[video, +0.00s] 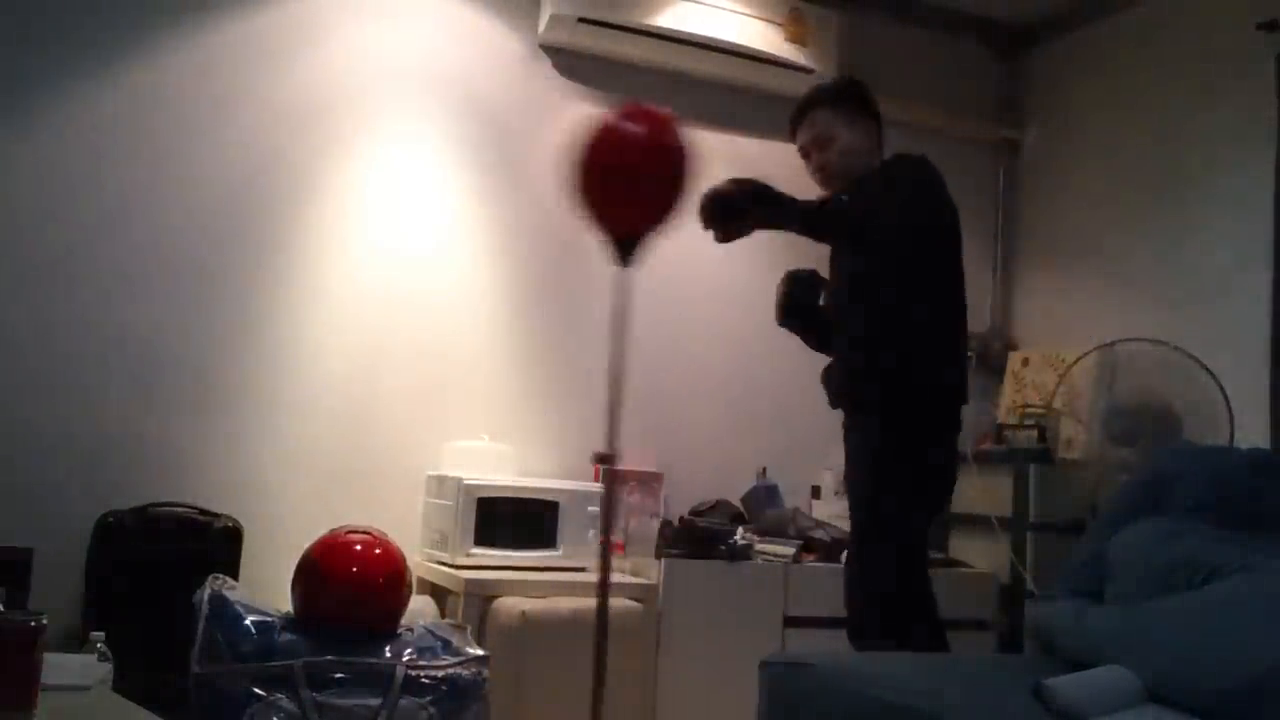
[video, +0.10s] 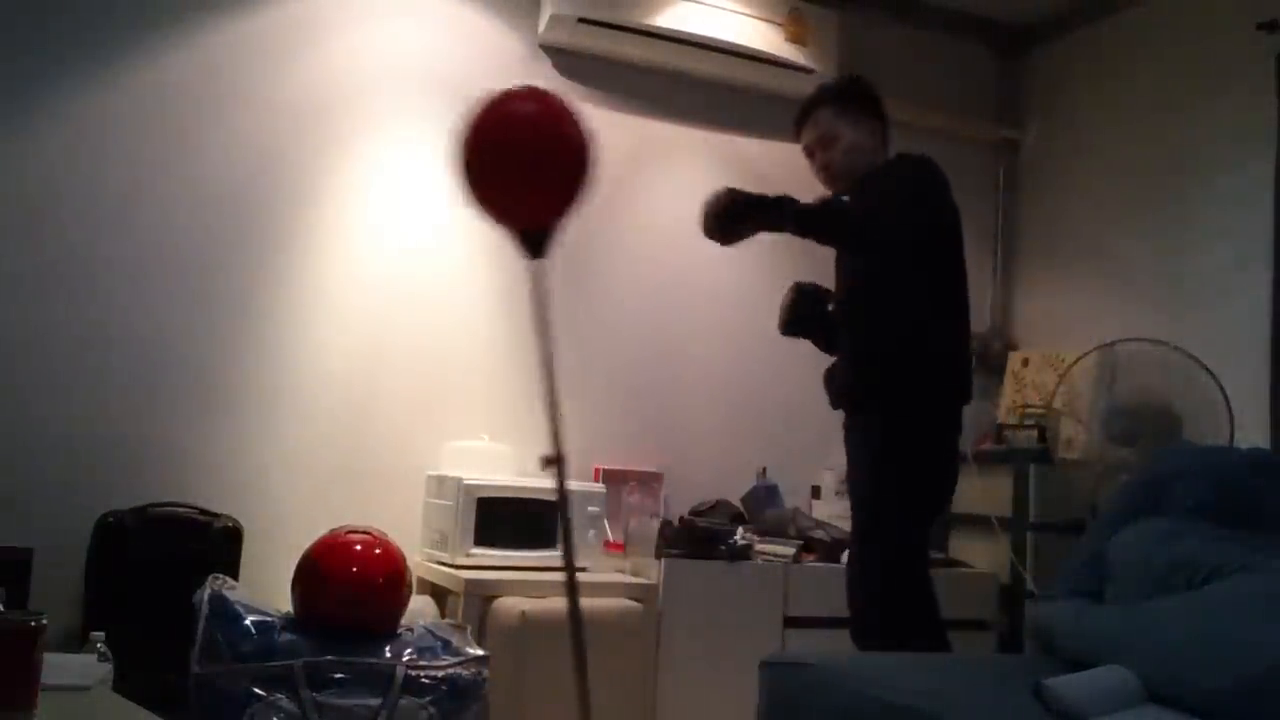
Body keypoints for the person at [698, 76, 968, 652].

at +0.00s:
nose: (815, 163)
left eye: (824, 143)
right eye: (806, 156)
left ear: (866, 130)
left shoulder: (910, 179)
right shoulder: (860, 223)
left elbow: (856, 221)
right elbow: (853, 337)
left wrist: (765, 209)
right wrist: (803, 311)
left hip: (911, 413)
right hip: (876, 418)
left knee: (883, 581)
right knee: (890, 581)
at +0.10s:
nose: (819, 163)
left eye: (827, 143)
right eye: (810, 156)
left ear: (869, 129)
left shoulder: (912, 179)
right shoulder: (867, 219)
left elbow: (857, 223)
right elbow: (875, 336)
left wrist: (759, 213)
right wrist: (817, 317)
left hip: (911, 414)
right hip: (880, 418)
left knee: (884, 583)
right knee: (889, 582)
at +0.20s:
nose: (816, 160)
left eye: (824, 140)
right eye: (810, 149)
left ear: (868, 129)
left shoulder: (906, 180)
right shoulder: (875, 204)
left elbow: (887, 263)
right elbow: (891, 320)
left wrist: (789, 251)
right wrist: (828, 329)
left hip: (906, 414)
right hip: (882, 414)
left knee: (889, 578)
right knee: (885, 577)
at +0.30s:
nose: (813, 151)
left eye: (823, 135)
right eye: (810, 139)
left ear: (865, 130)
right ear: (858, 135)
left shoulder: (902, 184)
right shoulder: (873, 197)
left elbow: (960, 284)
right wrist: (828, 350)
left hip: (906, 417)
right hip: (883, 415)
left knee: (885, 582)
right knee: (888, 579)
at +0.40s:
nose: (814, 144)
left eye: (825, 127)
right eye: (813, 131)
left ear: (866, 125)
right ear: (861, 130)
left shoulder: (904, 183)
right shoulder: (873, 194)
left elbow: (944, 306)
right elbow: (881, 322)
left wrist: (847, 388)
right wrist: (839, 383)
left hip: (904, 420)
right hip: (883, 417)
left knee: (886, 582)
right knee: (884, 580)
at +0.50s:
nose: (823, 133)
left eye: (834, 116)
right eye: (823, 118)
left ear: (875, 118)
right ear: (863, 121)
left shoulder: (905, 184)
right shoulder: (875, 190)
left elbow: (942, 301)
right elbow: (870, 318)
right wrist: (849, 424)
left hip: (902, 414)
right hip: (885, 413)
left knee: (884, 592)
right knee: (886, 589)